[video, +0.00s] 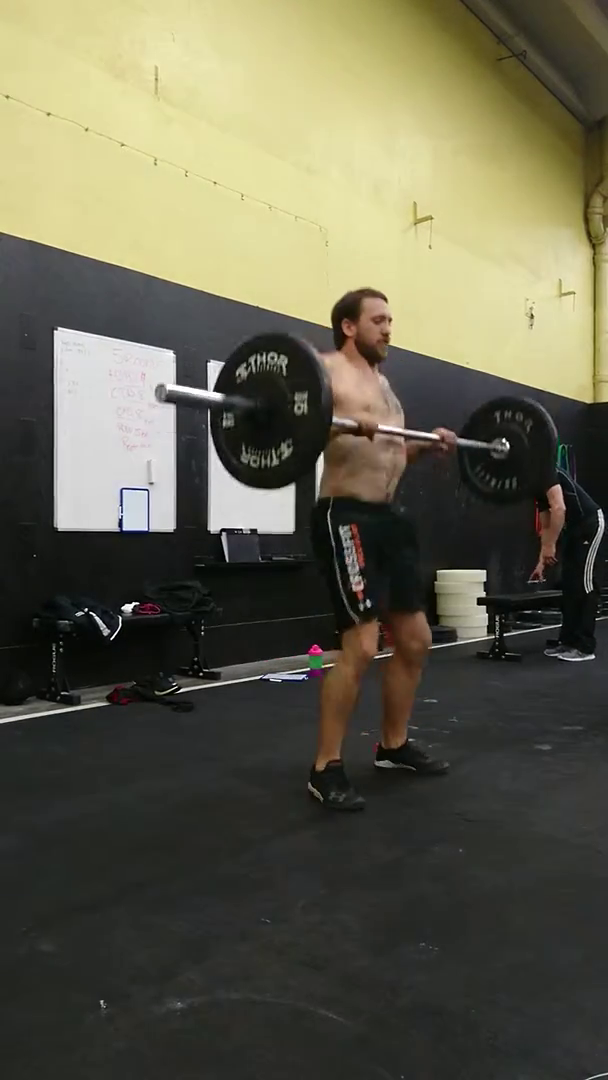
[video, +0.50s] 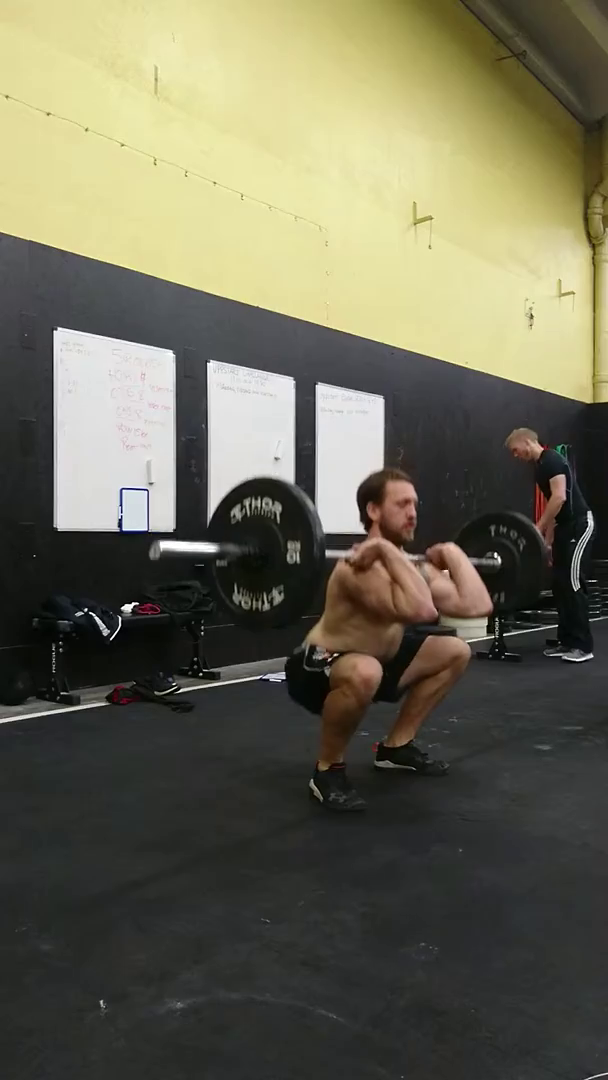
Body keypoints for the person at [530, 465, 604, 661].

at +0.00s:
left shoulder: (544, 472)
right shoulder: (536, 484)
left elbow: (559, 509)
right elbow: (545, 526)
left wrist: (549, 544)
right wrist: (541, 562)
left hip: (590, 523)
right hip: (573, 527)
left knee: (583, 581)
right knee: (569, 583)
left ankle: (584, 646)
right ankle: (568, 641)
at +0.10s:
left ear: (522, 463)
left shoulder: (545, 471)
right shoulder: (535, 481)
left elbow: (557, 508)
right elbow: (544, 524)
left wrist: (549, 544)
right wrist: (543, 557)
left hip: (588, 523)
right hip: (572, 526)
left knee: (582, 582)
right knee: (569, 583)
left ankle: (584, 646)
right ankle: (568, 641)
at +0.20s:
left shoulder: (543, 468)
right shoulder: (532, 472)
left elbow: (554, 506)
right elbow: (545, 514)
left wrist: (548, 545)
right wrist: (547, 552)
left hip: (585, 521)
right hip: (569, 524)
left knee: (577, 581)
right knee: (566, 582)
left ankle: (584, 646)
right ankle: (568, 641)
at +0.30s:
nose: (514, 468)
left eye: (514, 463)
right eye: (512, 464)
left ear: (521, 458)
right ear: (526, 454)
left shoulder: (545, 465)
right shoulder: (533, 476)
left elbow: (555, 504)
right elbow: (553, 515)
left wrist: (545, 540)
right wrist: (549, 551)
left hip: (583, 523)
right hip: (567, 527)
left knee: (573, 579)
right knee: (564, 581)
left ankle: (586, 645)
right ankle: (567, 641)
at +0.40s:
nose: (512, 464)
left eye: (511, 459)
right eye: (510, 460)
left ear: (522, 450)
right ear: (522, 451)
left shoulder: (546, 462)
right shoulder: (536, 470)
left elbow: (555, 501)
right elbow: (545, 507)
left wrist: (551, 542)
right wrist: (549, 544)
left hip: (580, 522)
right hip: (566, 525)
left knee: (570, 580)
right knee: (560, 581)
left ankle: (585, 644)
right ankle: (567, 641)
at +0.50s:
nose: (517, 456)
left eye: (517, 450)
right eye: (514, 453)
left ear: (529, 443)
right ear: (525, 447)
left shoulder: (552, 459)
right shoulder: (540, 466)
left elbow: (559, 496)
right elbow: (552, 506)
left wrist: (539, 526)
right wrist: (549, 538)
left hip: (579, 524)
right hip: (564, 528)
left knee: (571, 582)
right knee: (560, 583)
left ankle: (582, 646)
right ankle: (566, 641)